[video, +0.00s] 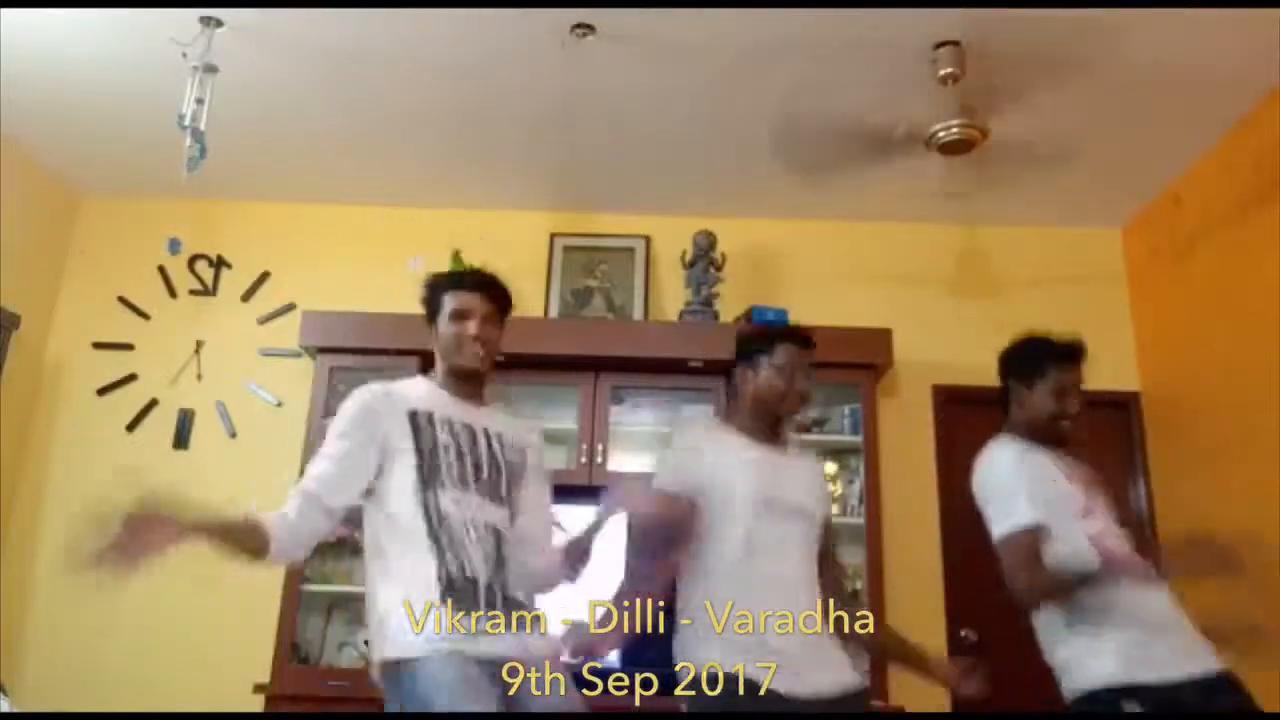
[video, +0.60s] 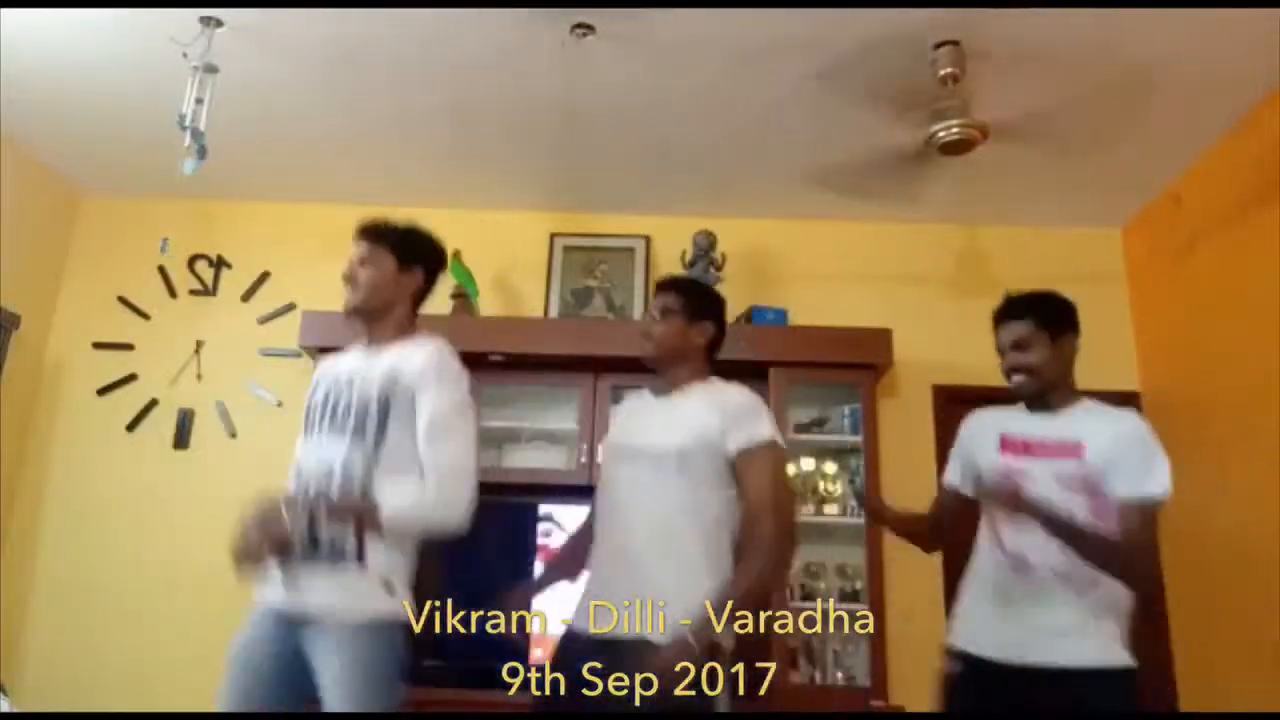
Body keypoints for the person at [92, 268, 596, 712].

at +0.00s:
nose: (478, 332)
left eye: (491, 321)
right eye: (462, 318)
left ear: (502, 337)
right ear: (432, 331)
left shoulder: (522, 442)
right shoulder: (380, 408)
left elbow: (529, 570)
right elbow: (298, 528)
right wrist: (192, 528)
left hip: (517, 644)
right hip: (428, 640)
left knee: (572, 703)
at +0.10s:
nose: (467, 276)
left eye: (481, 266)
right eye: (453, 263)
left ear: (497, 283)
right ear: (428, 276)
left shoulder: (531, 369)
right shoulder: (372, 359)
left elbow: (554, 500)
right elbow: (294, 486)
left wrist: (588, 422)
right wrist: (269, 447)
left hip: (500, 608)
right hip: (389, 608)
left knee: (529, 704)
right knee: (377, 704)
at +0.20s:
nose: (448, 243)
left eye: (464, 232)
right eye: (434, 230)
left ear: (483, 250)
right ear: (412, 246)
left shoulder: (520, 341)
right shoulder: (357, 335)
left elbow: (563, 461)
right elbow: (285, 462)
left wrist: (544, 397)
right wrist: (313, 434)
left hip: (483, 567)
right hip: (372, 563)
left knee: (507, 703)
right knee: (324, 703)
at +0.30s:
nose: (422, 250)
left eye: (440, 240)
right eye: (410, 237)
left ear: (462, 259)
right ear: (392, 254)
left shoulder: (498, 350)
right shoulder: (335, 349)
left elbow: (541, 474)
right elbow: (302, 470)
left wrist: (501, 539)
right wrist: (327, 536)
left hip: (467, 599)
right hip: (360, 596)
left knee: (490, 705)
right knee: (293, 703)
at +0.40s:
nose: (379, 310)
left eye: (397, 302)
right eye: (374, 301)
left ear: (431, 329)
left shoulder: (456, 423)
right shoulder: (317, 420)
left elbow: (499, 551)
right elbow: (306, 536)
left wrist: (427, 652)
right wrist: (313, 649)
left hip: (420, 666)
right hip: (331, 660)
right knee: (282, 708)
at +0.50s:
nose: (357, 314)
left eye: (377, 307)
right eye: (358, 305)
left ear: (418, 333)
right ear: (349, 314)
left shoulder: (437, 426)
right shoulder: (315, 421)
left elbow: (480, 561)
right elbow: (300, 536)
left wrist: (409, 608)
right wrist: (288, 630)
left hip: (400, 666)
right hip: (317, 663)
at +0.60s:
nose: (349, 272)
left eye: (367, 263)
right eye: (351, 262)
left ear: (411, 281)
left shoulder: (431, 362)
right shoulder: (330, 369)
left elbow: (451, 505)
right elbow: (312, 487)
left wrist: (357, 509)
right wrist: (276, 527)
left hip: (360, 608)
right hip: (284, 600)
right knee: (239, 704)